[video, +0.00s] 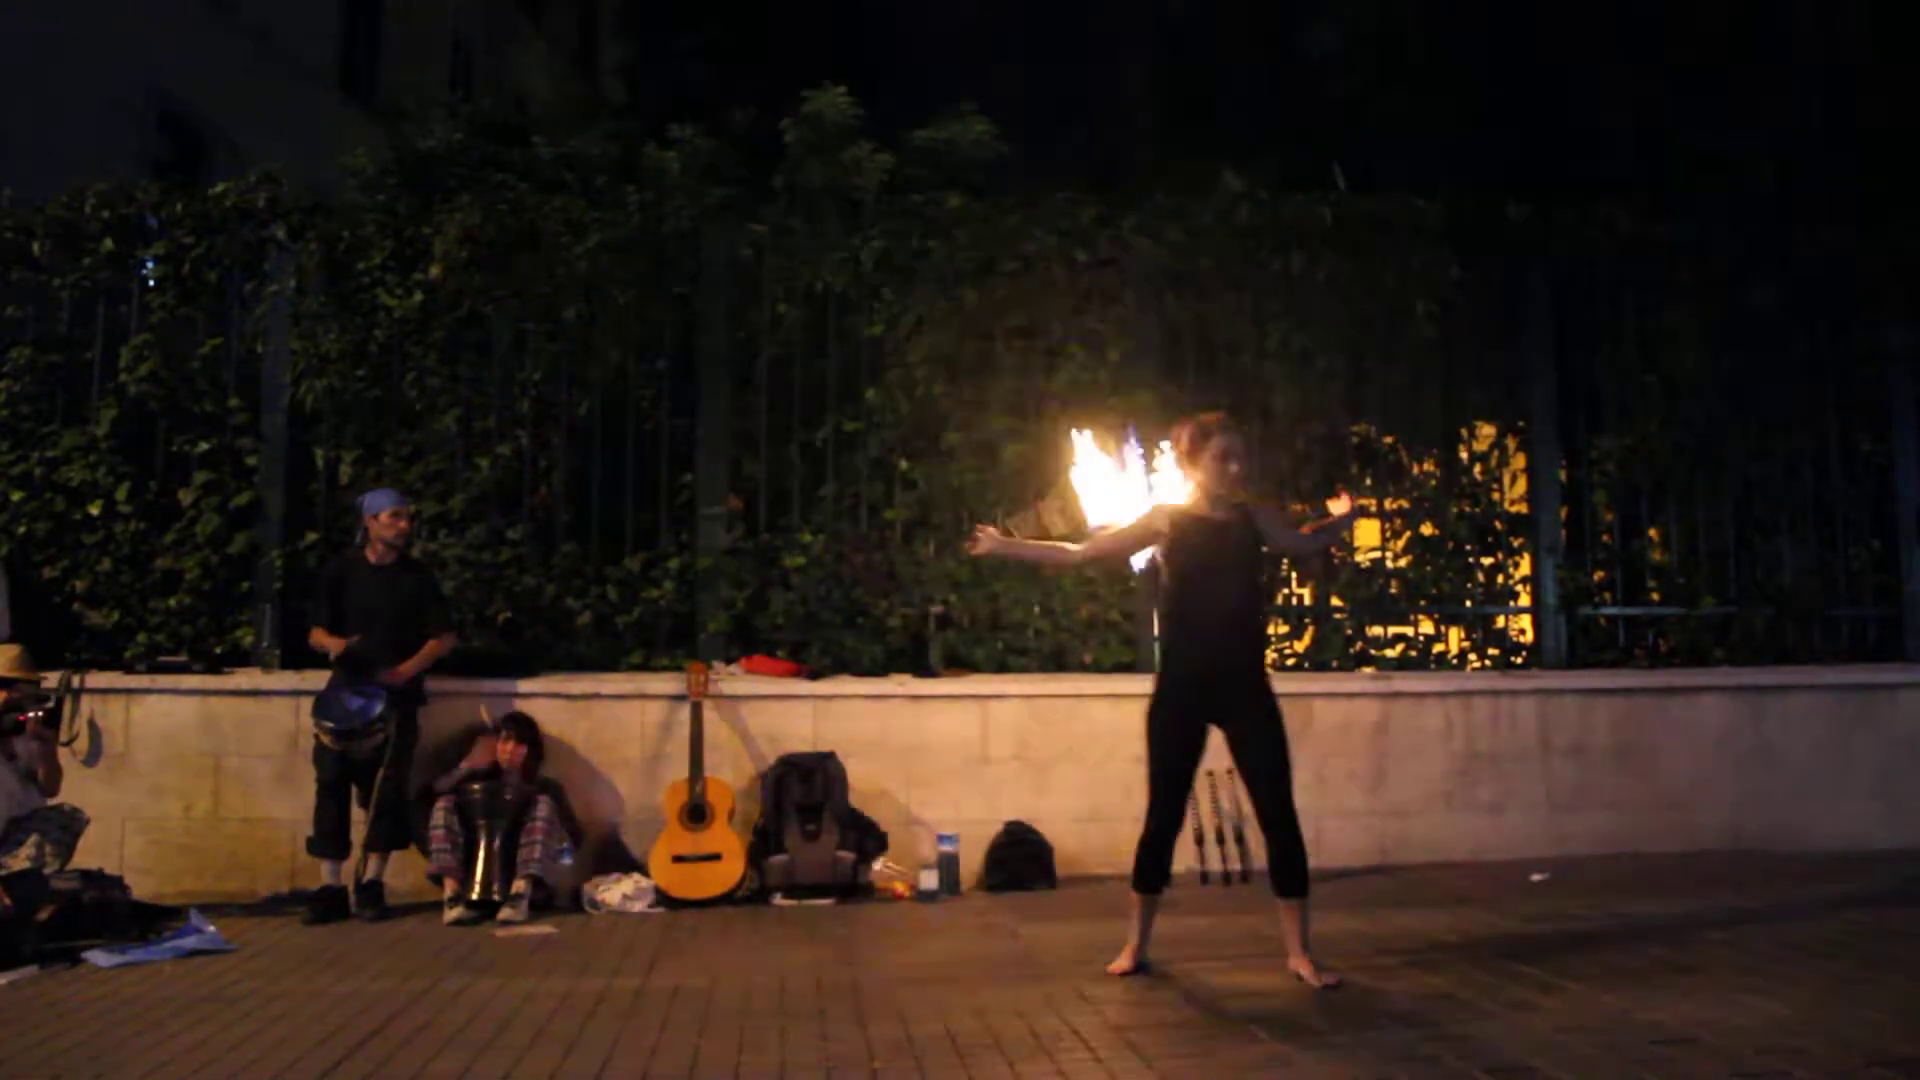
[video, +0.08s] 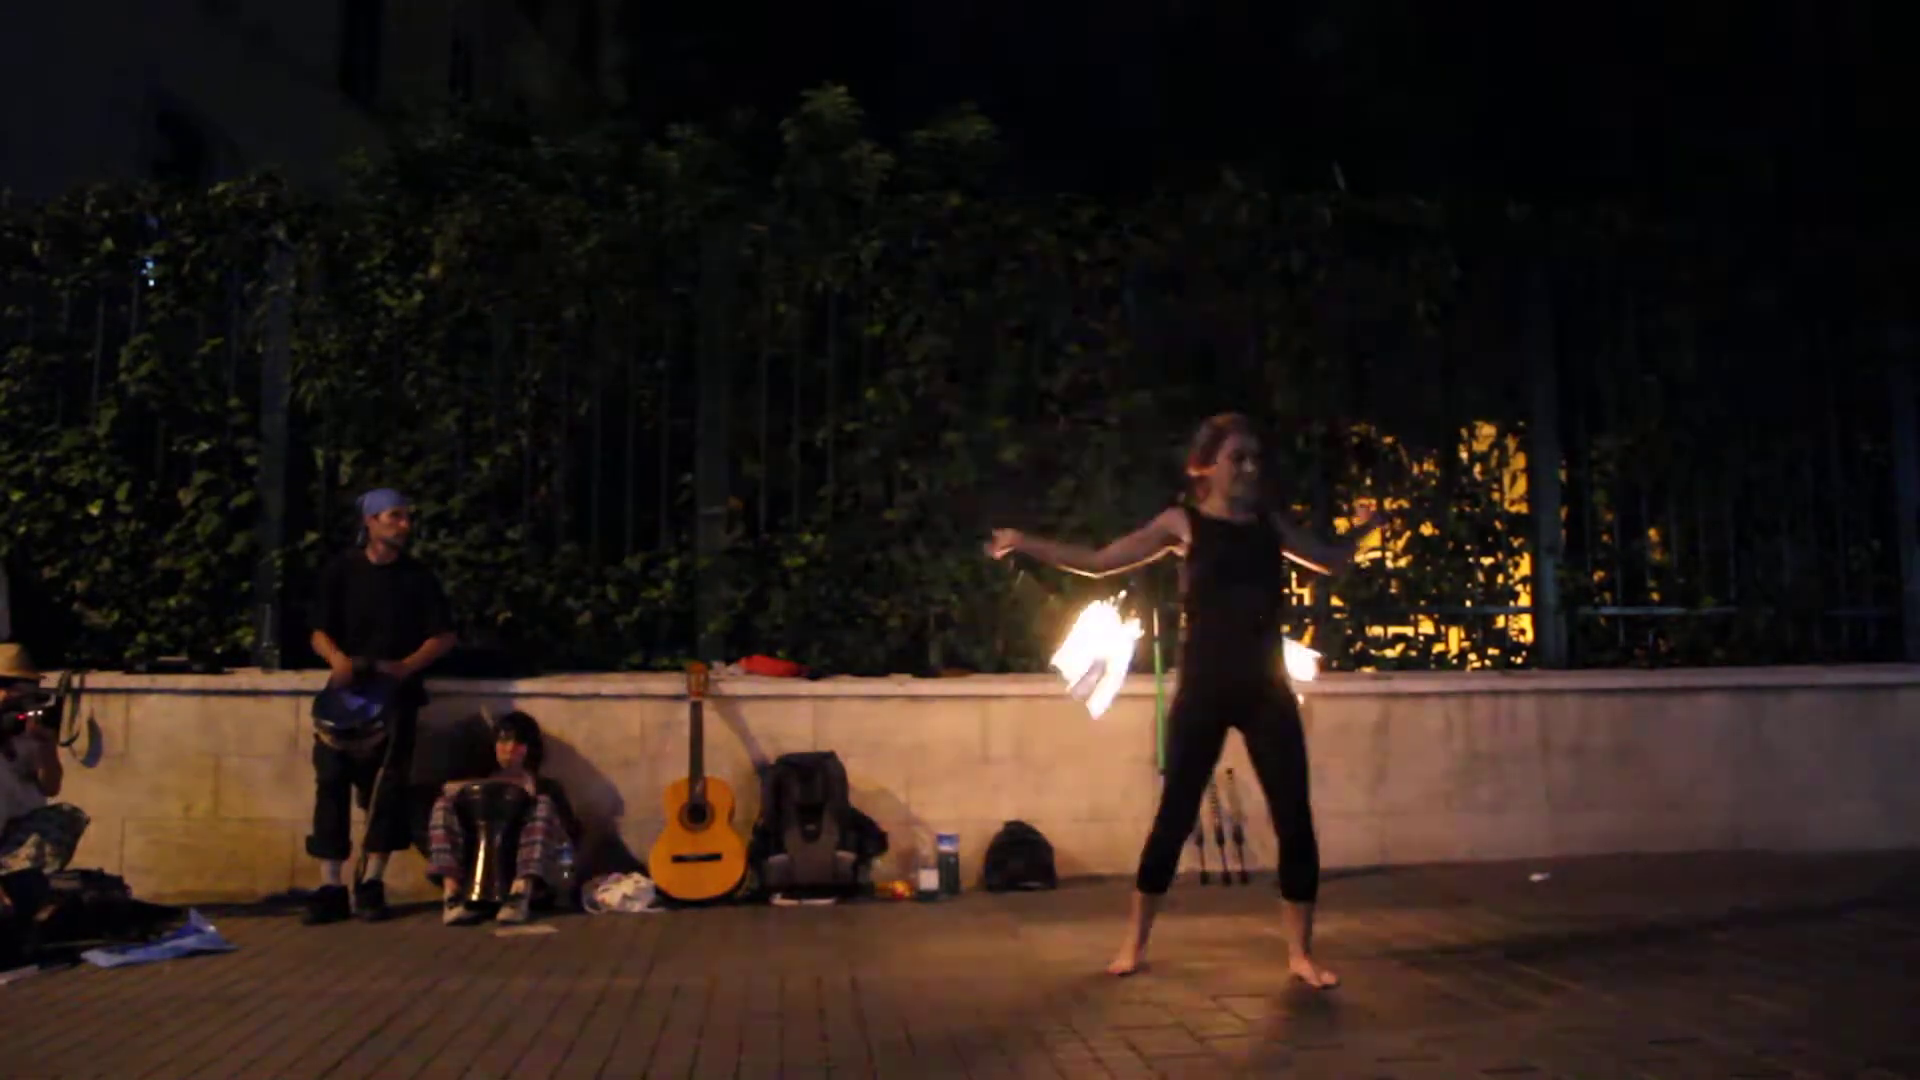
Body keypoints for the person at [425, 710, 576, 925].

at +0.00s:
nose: (510, 749)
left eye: (519, 744)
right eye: (505, 740)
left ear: (531, 752)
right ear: (495, 744)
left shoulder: (545, 788)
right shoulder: (475, 783)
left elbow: (572, 838)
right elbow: (434, 793)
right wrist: (468, 766)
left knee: (543, 804)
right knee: (444, 805)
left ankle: (520, 894)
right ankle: (451, 895)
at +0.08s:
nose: (510, 748)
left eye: (518, 742)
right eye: (504, 740)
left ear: (529, 749)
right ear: (495, 745)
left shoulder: (547, 787)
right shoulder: (479, 787)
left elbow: (569, 834)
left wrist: (535, 799)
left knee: (543, 806)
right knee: (443, 806)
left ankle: (520, 893)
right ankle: (451, 894)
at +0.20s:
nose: (507, 751)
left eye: (516, 745)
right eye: (501, 744)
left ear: (530, 750)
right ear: (491, 746)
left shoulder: (548, 787)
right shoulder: (479, 781)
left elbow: (573, 840)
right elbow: (443, 780)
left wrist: (539, 796)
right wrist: (487, 758)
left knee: (543, 807)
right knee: (444, 805)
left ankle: (521, 893)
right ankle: (451, 894)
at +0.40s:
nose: (514, 748)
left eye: (522, 741)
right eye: (508, 740)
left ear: (533, 749)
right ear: (499, 745)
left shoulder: (549, 790)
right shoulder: (480, 786)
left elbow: (573, 838)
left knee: (543, 806)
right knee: (444, 805)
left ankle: (520, 893)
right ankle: (451, 894)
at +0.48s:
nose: (514, 748)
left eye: (522, 741)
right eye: (509, 739)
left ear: (533, 749)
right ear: (500, 744)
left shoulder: (546, 787)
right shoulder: (487, 781)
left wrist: (539, 799)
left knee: (543, 809)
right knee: (445, 805)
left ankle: (520, 892)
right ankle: (451, 892)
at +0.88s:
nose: (514, 748)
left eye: (523, 741)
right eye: (509, 740)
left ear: (534, 750)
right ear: (499, 745)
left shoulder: (549, 789)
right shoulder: (484, 783)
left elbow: (565, 837)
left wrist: (535, 800)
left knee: (543, 807)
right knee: (445, 805)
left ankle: (521, 893)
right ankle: (451, 893)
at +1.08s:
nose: (518, 749)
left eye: (526, 743)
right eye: (512, 741)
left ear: (535, 750)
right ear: (500, 746)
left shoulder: (548, 790)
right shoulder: (481, 785)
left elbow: (564, 840)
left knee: (542, 806)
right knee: (444, 804)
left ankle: (521, 893)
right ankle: (451, 894)